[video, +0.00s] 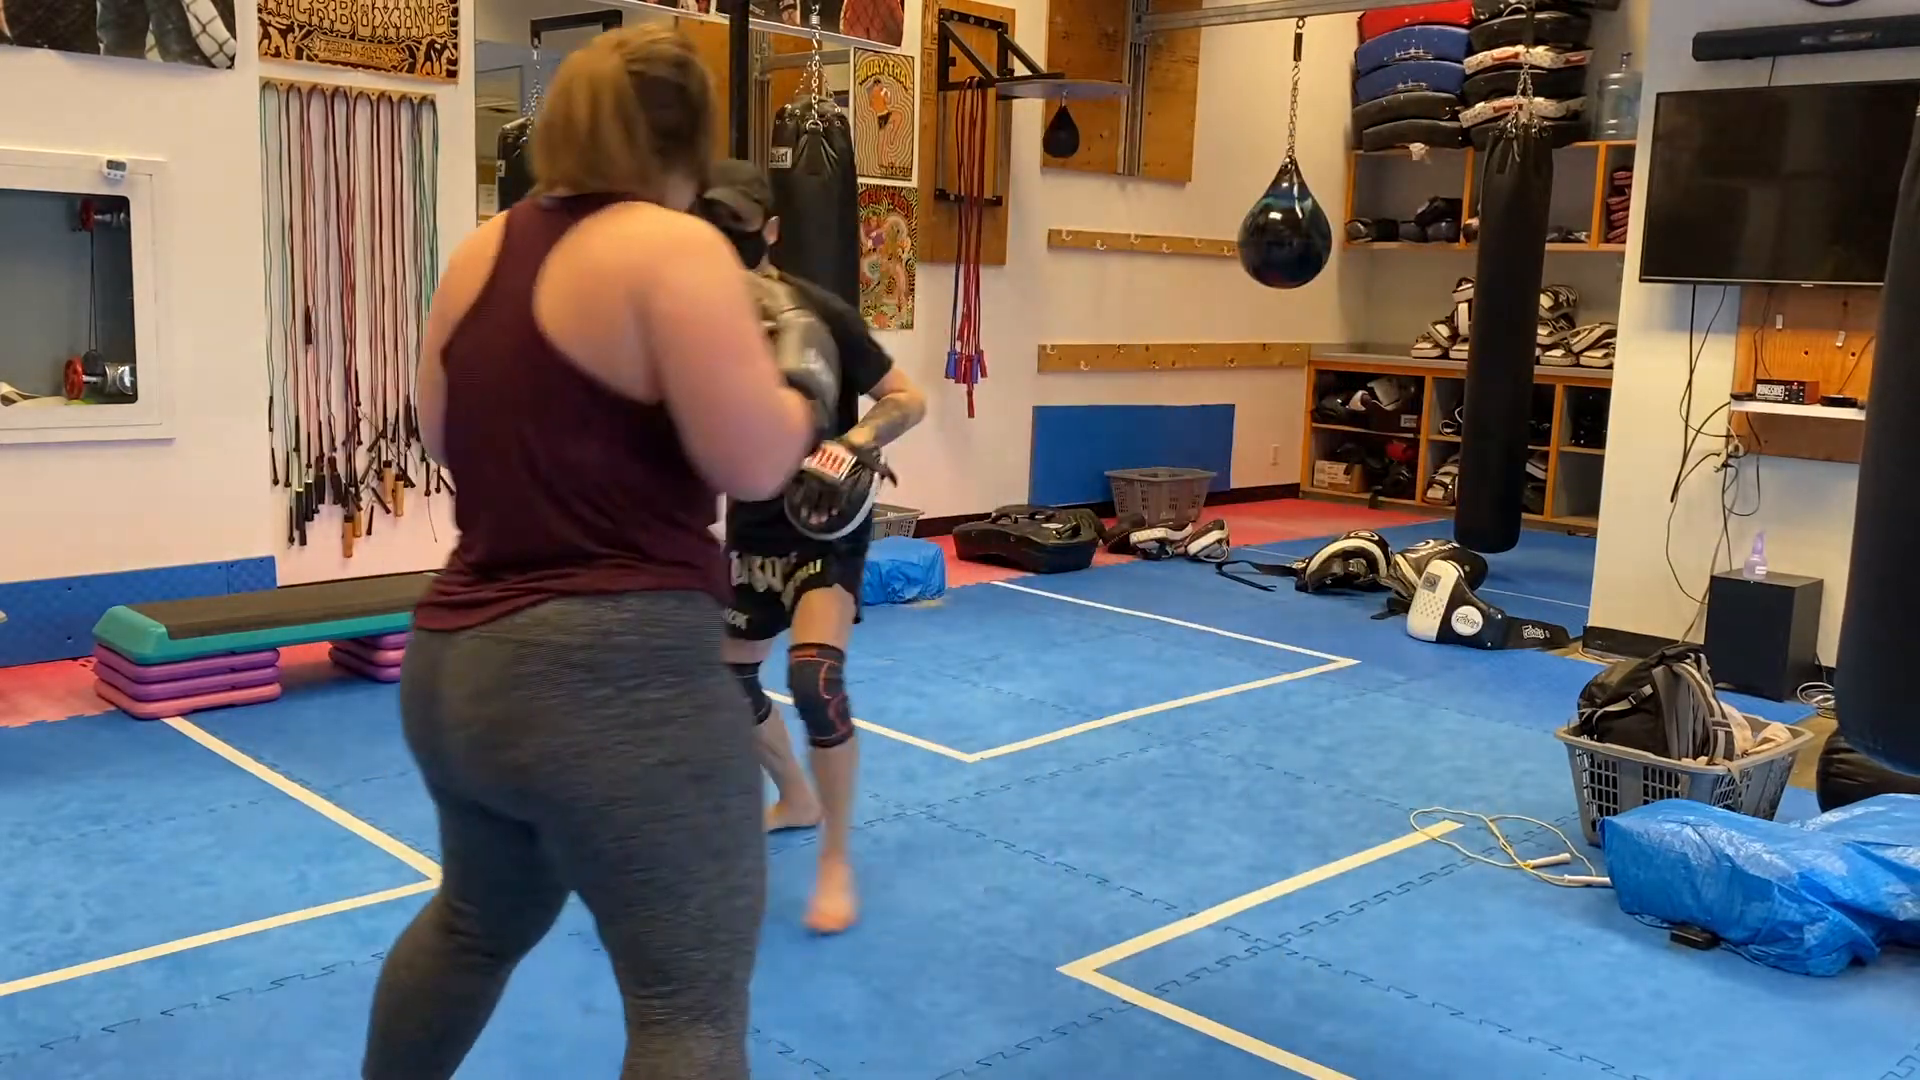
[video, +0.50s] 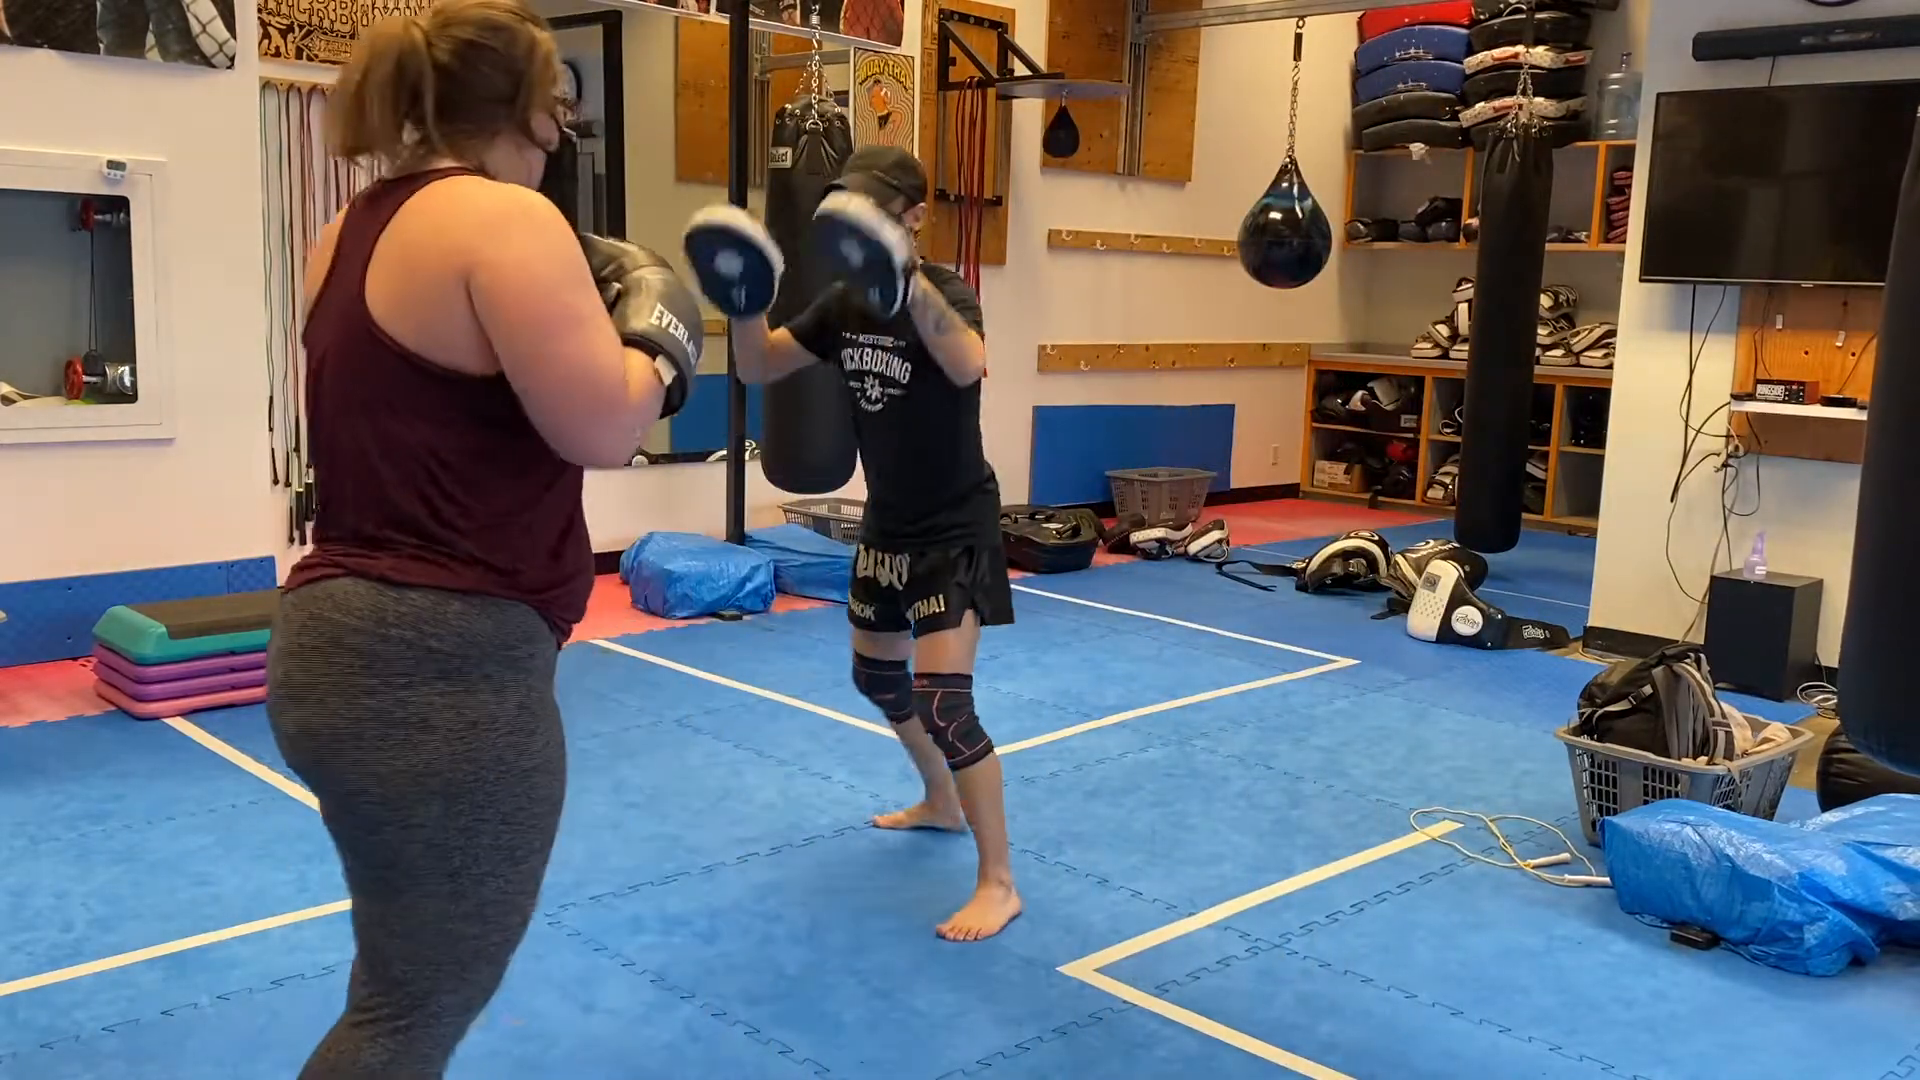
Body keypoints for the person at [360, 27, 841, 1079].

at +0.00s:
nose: (713, 149)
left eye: (706, 132)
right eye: (707, 132)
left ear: (566, 125)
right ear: (685, 136)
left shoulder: (481, 248)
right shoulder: (674, 248)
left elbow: (443, 432)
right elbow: (756, 463)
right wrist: (801, 366)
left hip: (461, 653)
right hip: (620, 671)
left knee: (477, 918)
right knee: (689, 1009)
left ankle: (391, 1071)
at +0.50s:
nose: (558, 133)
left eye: (557, 111)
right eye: (548, 109)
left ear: (428, 106)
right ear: (504, 109)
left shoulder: (351, 230)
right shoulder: (507, 222)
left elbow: (434, 389)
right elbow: (603, 428)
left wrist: (575, 303)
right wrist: (663, 346)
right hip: (443, 656)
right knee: (415, 1011)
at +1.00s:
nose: (583, 171)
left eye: (582, 151)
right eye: (569, 152)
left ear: (506, 162)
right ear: (514, 162)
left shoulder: (498, 271)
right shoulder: (433, 272)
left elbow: (589, 291)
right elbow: (513, 456)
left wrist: (681, 263)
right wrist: (600, 358)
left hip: (465, 629)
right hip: (399, 638)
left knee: (510, 790)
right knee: (411, 952)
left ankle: (444, 997)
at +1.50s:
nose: (562, 210)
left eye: (564, 194)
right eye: (550, 192)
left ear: (531, 193)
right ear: (499, 186)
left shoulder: (527, 281)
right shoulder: (405, 272)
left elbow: (549, 375)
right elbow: (386, 408)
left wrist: (622, 327)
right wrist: (508, 337)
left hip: (508, 568)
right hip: (416, 570)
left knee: (523, 728)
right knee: (442, 820)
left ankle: (476, 880)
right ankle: (340, 1055)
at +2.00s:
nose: (514, 187)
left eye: (520, 171)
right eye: (508, 169)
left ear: (431, 151)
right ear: (468, 154)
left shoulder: (385, 224)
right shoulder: (450, 224)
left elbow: (445, 348)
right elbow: (496, 355)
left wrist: (535, 302)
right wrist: (560, 309)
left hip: (392, 497)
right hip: (447, 499)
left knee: (463, 708)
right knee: (503, 717)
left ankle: (478, 888)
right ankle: (474, 950)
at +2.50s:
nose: (444, 170)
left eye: (446, 156)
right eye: (432, 155)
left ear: (386, 155)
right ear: (379, 152)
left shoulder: (387, 236)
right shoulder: (318, 225)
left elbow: (394, 371)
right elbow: (344, 359)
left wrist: (456, 323)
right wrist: (443, 301)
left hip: (401, 514)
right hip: (302, 519)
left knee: (478, 679)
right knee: (289, 744)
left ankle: (478, 853)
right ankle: (234, 945)